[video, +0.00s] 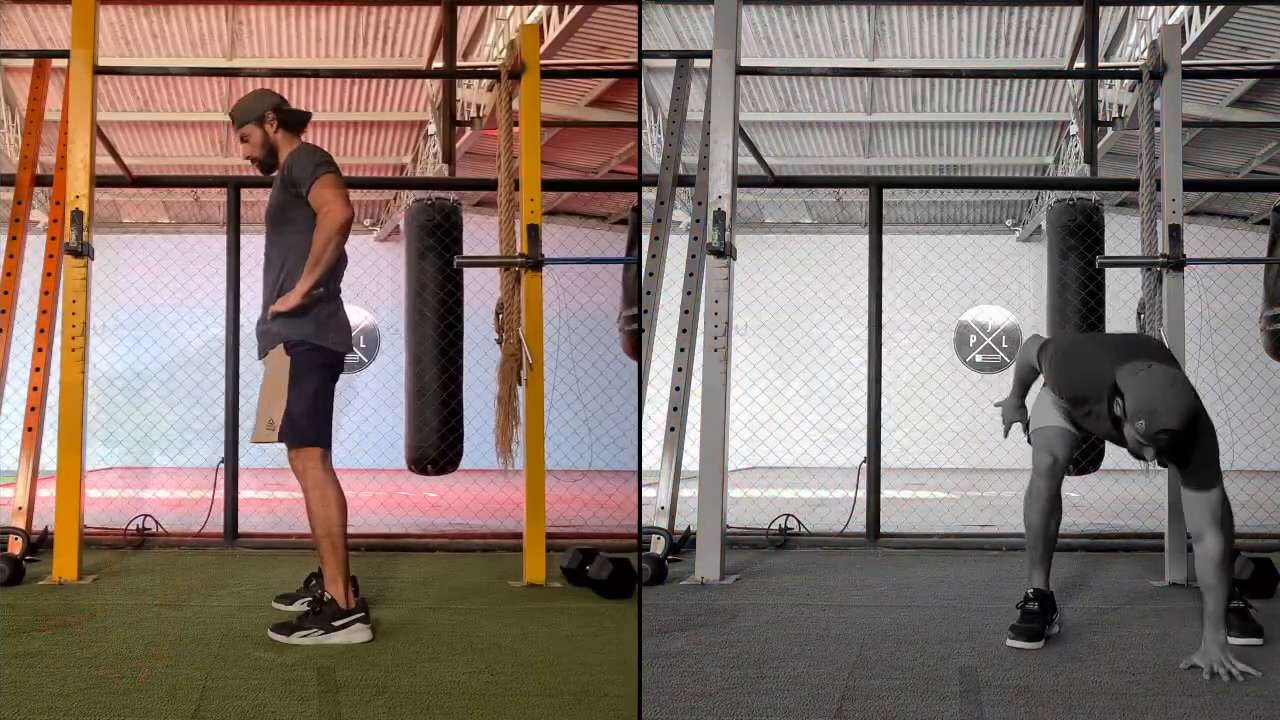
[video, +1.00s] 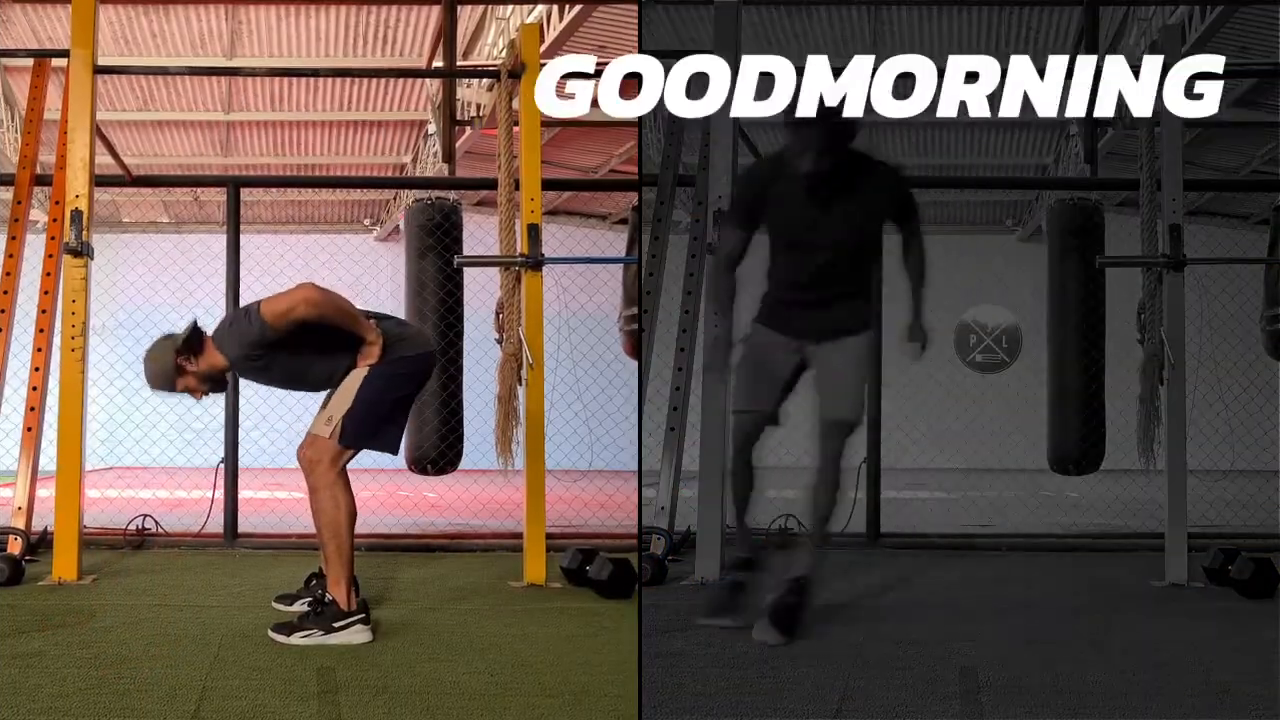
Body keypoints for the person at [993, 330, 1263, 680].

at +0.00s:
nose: (1152, 456)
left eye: (1164, 445)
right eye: (1143, 442)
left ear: (1180, 425)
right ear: (1120, 409)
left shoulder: (1194, 434)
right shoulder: (1070, 374)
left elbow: (1209, 536)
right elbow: (1030, 348)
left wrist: (1214, 638)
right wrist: (1015, 398)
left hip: (1160, 368)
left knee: (1211, 490)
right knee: (1047, 464)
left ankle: (1228, 594)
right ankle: (1037, 596)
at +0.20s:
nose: (1107, 322)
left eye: (1117, 313)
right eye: (1100, 307)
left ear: (1140, 305)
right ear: (1087, 285)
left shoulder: (1167, 334)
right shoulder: (1043, 298)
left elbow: (1193, 440)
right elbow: (997, 325)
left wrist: (1206, 541)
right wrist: (976, 381)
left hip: (1132, 389)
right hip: (1055, 380)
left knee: (1188, 468)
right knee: (1036, 469)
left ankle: (1219, 595)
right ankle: (1036, 594)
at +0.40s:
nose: (1018, 168)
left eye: (1030, 159)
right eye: (1012, 154)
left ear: (1059, 153)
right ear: (1004, 143)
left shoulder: (1096, 199)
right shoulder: (974, 191)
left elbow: (1138, 281)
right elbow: (939, 249)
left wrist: (1158, 366)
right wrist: (923, 323)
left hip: (1070, 337)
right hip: (997, 338)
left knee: (1109, 449)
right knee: (1009, 458)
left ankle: (1134, 578)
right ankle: (1025, 591)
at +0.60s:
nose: (951, 127)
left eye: (962, 117)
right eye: (944, 116)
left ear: (988, 117)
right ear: (934, 118)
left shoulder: (1028, 173)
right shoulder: (920, 176)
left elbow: (1079, 241)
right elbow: (886, 253)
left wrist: (1102, 321)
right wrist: (858, 326)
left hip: (1011, 342)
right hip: (939, 340)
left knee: (1031, 469)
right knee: (904, 455)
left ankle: (1042, 595)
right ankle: (890, 567)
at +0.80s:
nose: (888, 127)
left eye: (900, 117)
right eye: (880, 116)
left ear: (917, 116)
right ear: (865, 112)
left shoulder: (939, 171)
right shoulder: (832, 170)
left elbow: (983, 246)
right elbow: (800, 253)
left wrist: (1013, 314)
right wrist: (805, 320)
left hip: (916, 348)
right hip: (844, 347)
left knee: (956, 465)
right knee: (818, 469)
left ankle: (1014, 590)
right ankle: (814, 588)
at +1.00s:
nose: (806, 149)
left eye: (816, 138)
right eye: (798, 136)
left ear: (840, 135)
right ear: (788, 133)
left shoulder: (878, 180)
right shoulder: (766, 178)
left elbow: (911, 241)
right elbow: (724, 257)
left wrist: (916, 314)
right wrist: (719, 330)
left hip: (848, 330)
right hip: (778, 325)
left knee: (829, 454)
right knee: (734, 439)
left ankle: (804, 576)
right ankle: (738, 543)